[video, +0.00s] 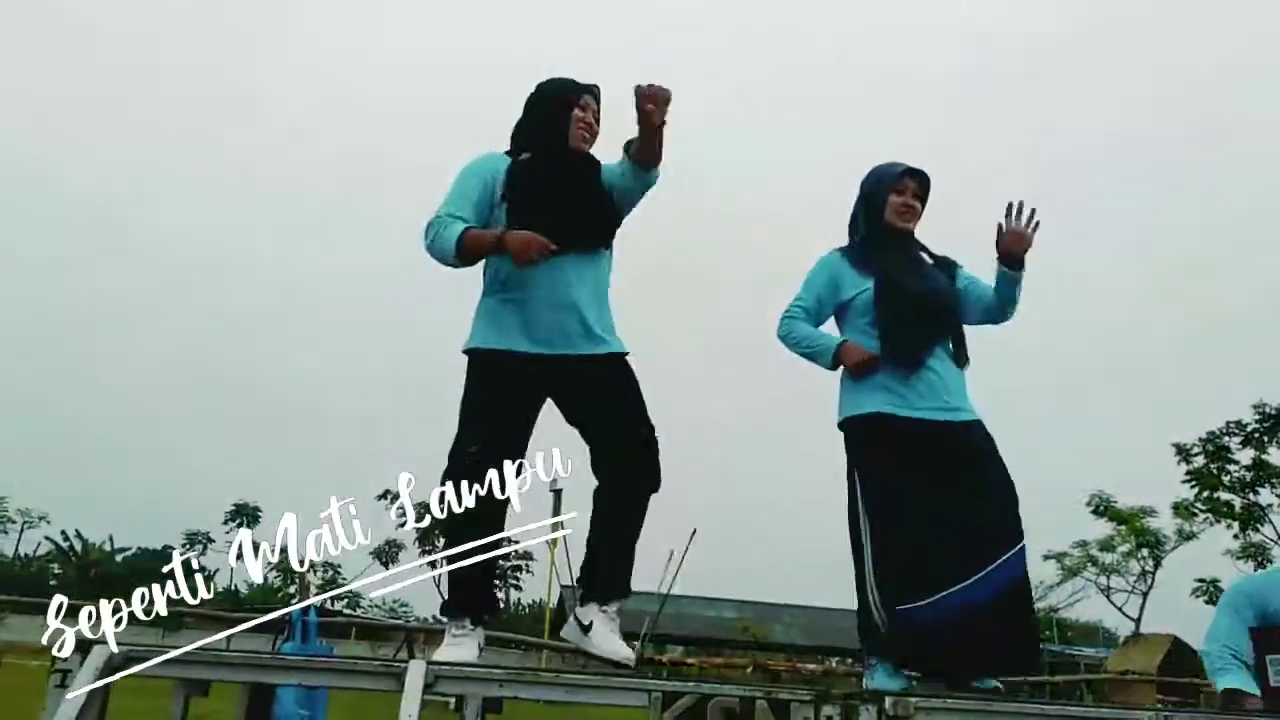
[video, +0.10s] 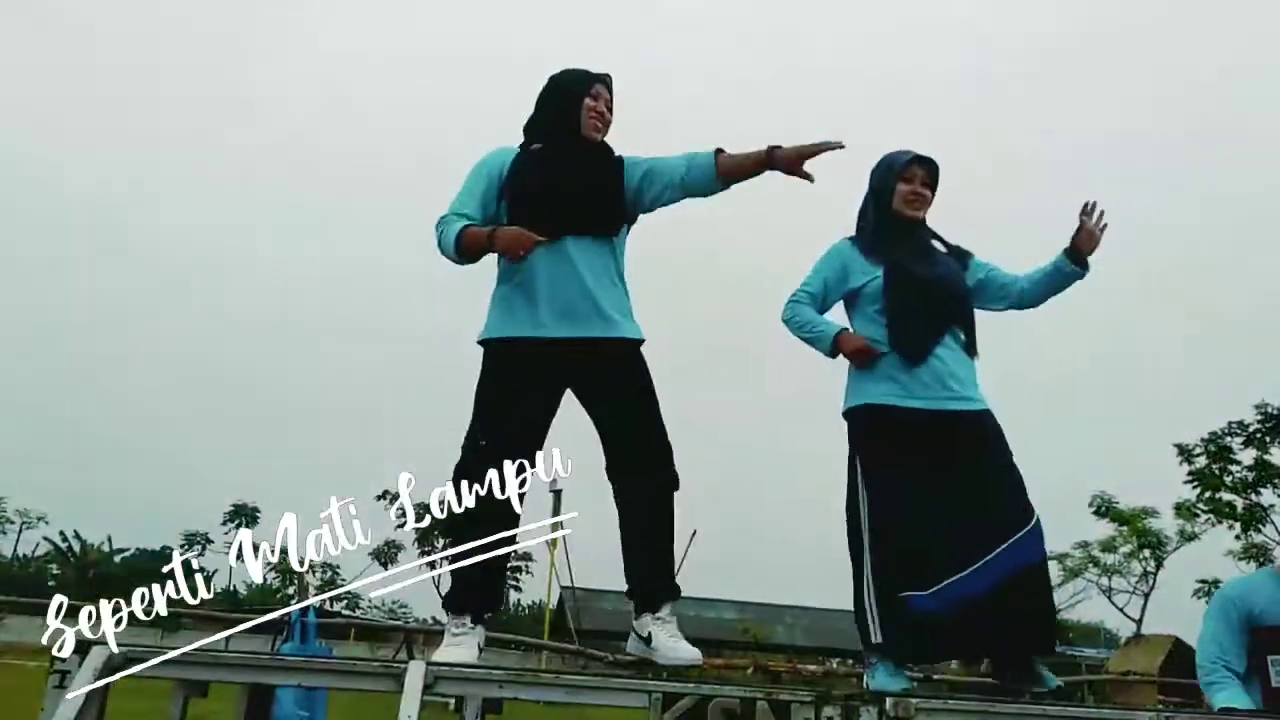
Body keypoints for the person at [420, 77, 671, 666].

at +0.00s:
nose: (589, 119)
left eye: (594, 116)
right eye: (578, 108)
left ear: (596, 132)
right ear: (545, 113)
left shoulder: (601, 181)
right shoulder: (494, 170)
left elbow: (639, 168)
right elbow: (441, 236)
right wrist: (502, 239)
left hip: (591, 351)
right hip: (507, 347)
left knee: (633, 469)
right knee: (476, 479)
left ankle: (594, 608)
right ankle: (463, 619)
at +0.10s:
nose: (602, 106)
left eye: (607, 102)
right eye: (591, 96)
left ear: (608, 120)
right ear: (557, 103)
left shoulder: (619, 173)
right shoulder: (506, 164)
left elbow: (695, 170)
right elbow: (452, 233)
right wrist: (493, 237)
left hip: (608, 340)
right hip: (522, 339)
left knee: (647, 471)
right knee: (488, 475)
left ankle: (653, 618)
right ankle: (465, 620)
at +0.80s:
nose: (651, 129)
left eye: (664, 121)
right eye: (643, 121)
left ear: (687, 132)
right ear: (631, 133)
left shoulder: (717, 210)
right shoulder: (605, 180)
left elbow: (739, 280)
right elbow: (616, 195)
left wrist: (739, 302)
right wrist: (705, 202)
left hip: (697, 356)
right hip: (614, 349)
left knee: (705, 497)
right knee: (588, 479)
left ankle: (691, 638)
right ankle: (609, 618)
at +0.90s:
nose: (646, 114)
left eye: (657, 106)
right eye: (638, 106)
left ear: (681, 117)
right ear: (627, 119)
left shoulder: (707, 189)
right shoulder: (600, 175)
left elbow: (727, 261)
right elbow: (529, 169)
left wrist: (731, 287)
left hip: (682, 337)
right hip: (600, 329)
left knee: (687, 481)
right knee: (562, 458)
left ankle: (690, 634)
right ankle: (557, 599)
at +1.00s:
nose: (637, 114)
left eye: (649, 106)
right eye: (628, 106)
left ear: (670, 119)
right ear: (615, 117)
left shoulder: (687, 192)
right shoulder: (583, 168)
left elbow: (702, 274)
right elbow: (490, 188)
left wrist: (711, 299)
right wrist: (518, 164)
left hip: (672, 344)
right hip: (589, 336)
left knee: (682, 487)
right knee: (536, 468)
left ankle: (690, 636)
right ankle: (499, 613)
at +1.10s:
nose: (616, 123)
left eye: (630, 116)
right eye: (609, 115)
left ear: (651, 131)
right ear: (596, 127)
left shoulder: (665, 204)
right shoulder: (563, 178)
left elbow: (671, 293)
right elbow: (475, 206)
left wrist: (686, 321)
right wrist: (497, 178)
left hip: (647, 353)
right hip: (565, 347)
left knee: (678, 496)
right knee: (513, 485)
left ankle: (687, 640)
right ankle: (481, 629)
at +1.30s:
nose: (571, 107)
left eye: (583, 99)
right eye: (565, 98)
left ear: (609, 111)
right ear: (552, 109)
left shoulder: (633, 184)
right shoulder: (521, 158)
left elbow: (655, 257)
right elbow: (493, 187)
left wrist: (650, 294)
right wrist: (583, 162)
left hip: (600, 339)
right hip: (515, 333)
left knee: (609, 479)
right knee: (486, 473)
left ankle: (602, 625)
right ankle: (478, 623)